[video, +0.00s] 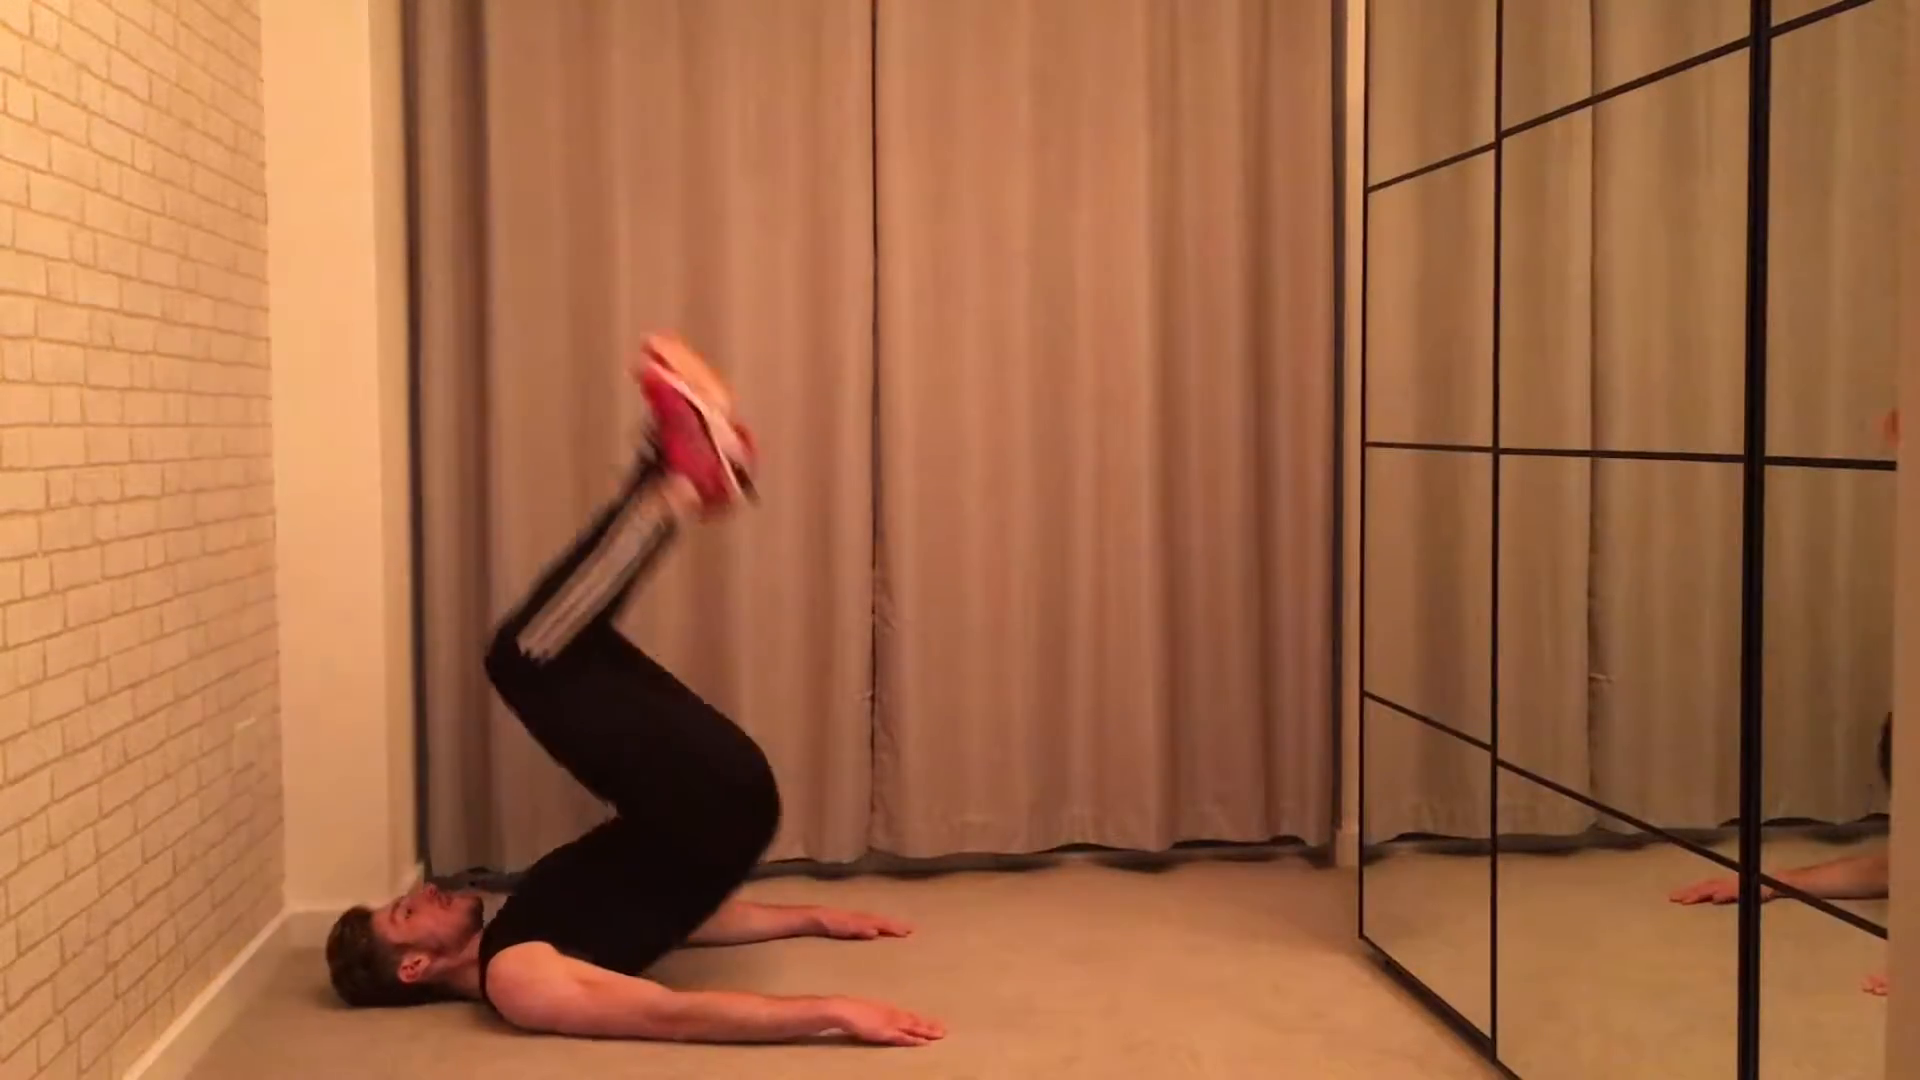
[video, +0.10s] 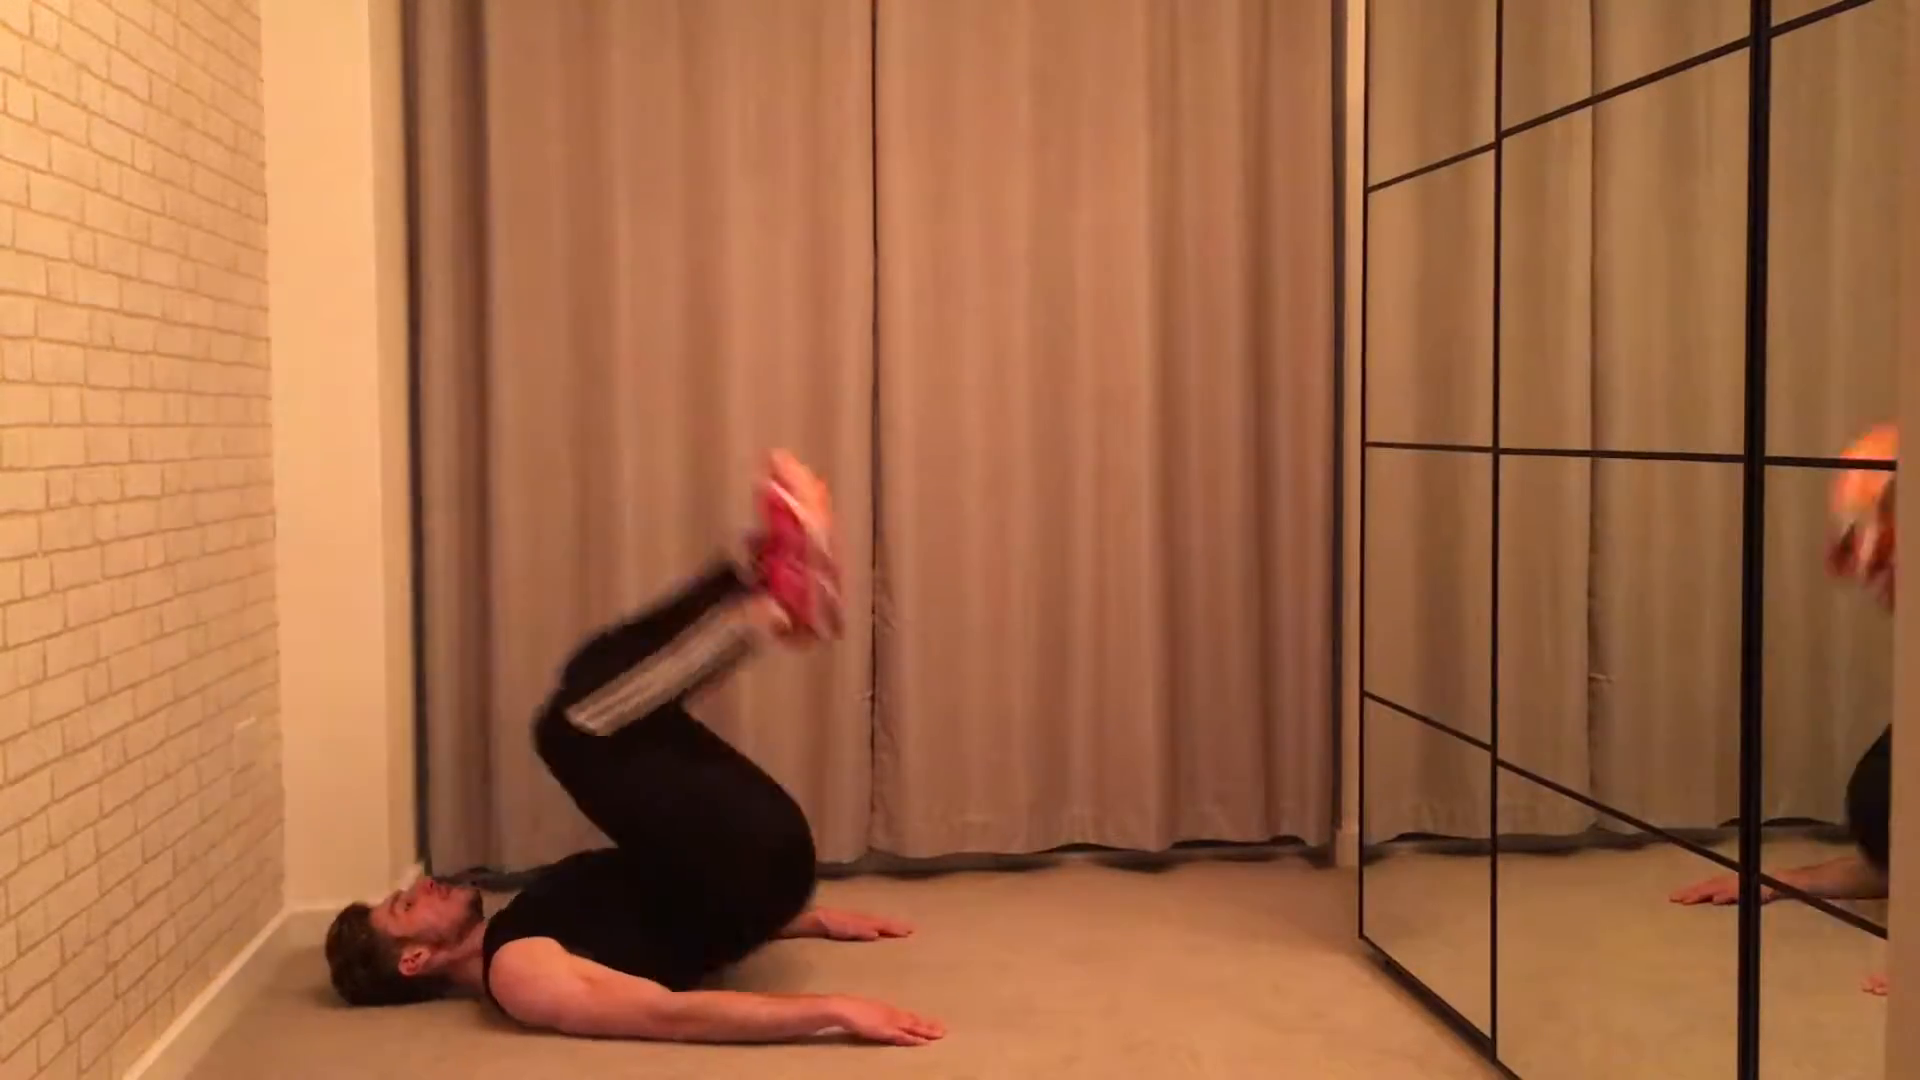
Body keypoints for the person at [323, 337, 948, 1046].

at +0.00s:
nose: (426, 888)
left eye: (407, 894)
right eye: (408, 910)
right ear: (422, 967)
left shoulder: (529, 934)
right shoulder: (520, 978)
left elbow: (684, 917)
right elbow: (674, 1017)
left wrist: (817, 919)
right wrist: (834, 1014)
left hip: (712, 799)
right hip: (715, 806)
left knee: (553, 646)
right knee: (521, 659)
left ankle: (682, 472)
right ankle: (676, 483)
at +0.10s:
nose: (425, 881)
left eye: (406, 887)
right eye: (408, 903)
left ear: (431, 951)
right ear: (421, 960)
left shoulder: (526, 933)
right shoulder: (523, 975)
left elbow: (671, 916)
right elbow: (674, 1016)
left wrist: (804, 920)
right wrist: (833, 1016)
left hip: (748, 853)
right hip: (746, 873)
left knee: (586, 696)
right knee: (567, 729)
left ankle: (753, 569)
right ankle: (766, 610)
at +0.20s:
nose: (446, 849)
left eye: (427, 848)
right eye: (427, 865)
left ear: (443, 910)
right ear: (437, 923)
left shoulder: (531, 901)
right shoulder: (529, 952)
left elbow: (686, 905)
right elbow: (677, 1015)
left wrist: (826, 923)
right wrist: (838, 1012)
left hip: (772, 909)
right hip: (771, 938)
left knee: (682, 689)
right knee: (678, 724)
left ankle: (885, 692)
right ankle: (893, 721)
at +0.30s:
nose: (537, 803)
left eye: (523, 793)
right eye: (513, 805)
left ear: (507, 833)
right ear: (483, 855)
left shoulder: (569, 878)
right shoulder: (551, 916)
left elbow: (704, 910)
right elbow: (675, 1022)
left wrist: (841, 922)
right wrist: (833, 1003)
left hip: (789, 916)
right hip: (790, 949)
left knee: (820, 670)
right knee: (817, 697)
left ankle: (988, 827)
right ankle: (986, 842)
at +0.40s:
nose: (628, 747)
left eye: (620, 731)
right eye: (609, 740)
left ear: (567, 770)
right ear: (562, 773)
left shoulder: (612, 825)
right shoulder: (604, 862)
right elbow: (674, 1018)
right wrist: (835, 1010)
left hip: (812, 910)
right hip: (820, 953)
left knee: (913, 687)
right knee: (919, 725)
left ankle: (997, 889)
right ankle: (1030, 916)